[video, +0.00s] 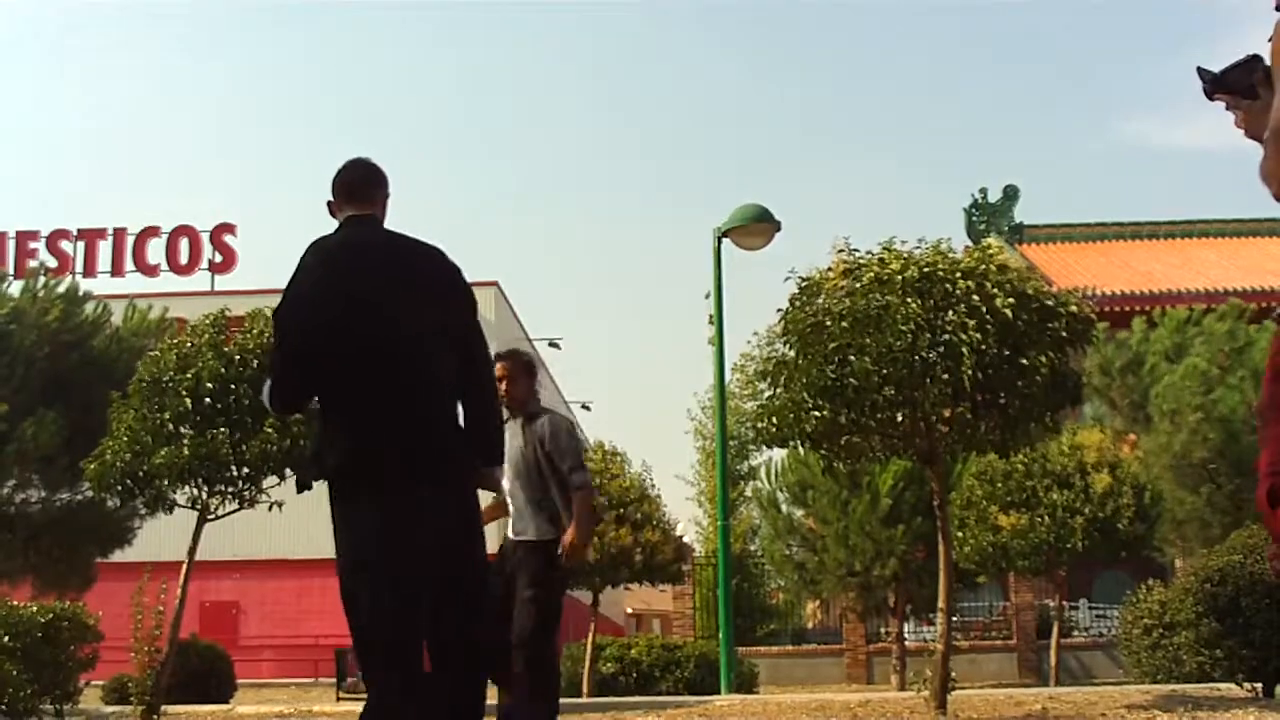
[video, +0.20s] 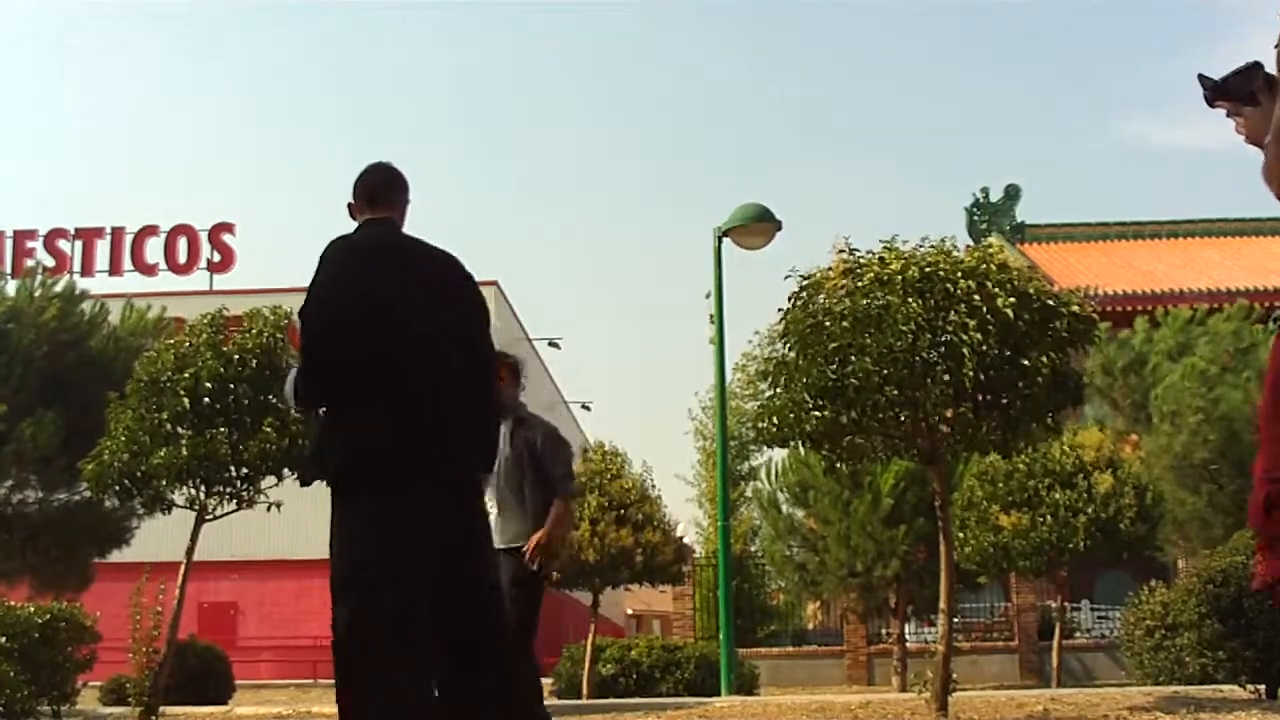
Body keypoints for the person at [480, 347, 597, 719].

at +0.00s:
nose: (501, 387)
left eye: (508, 379)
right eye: (497, 381)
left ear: (531, 381)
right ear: (495, 386)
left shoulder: (552, 424)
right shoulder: (508, 429)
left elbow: (581, 483)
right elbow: (512, 494)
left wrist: (579, 532)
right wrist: (477, 520)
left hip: (544, 546)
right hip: (513, 546)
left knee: (532, 638)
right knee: (501, 636)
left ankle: (536, 712)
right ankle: (514, 709)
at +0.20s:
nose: (495, 387)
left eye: (501, 379)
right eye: (492, 379)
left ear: (517, 384)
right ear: (489, 385)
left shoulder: (540, 433)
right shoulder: (485, 432)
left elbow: (565, 491)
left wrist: (548, 532)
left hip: (521, 551)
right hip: (487, 551)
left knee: (515, 642)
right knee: (492, 640)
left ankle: (528, 710)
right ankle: (502, 710)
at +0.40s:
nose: (492, 394)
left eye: (498, 386)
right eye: (488, 387)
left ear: (509, 384)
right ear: (483, 389)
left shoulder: (535, 434)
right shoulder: (474, 431)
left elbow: (560, 494)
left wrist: (560, 543)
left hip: (517, 541)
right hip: (479, 542)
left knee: (507, 628)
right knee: (486, 630)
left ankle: (527, 707)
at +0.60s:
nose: (497, 393)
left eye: (502, 384)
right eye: (492, 384)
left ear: (513, 384)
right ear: (481, 388)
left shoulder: (534, 434)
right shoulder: (473, 432)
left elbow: (563, 499)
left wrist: (568, 550)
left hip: (516, 552)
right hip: (475, 552)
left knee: (521, 647)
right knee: (477, 650)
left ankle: (536, 713)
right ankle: (484, 712)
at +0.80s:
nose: (503, 375)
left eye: (510, 366)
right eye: (498, 366)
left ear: (528, 369)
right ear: (489, 372)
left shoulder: (548, 423)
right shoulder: (491, 426)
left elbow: (574, 486)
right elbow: (487, 491)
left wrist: (570, 541)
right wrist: (453, 519)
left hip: (528, 547)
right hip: (492, 546)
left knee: (524, 644)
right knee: (478, 645)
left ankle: (538, 714)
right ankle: (492, 715)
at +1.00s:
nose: (504, 370)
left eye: (512, 360)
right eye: (500, 361)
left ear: (530, 364)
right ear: (492, 367)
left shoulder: (552, 415)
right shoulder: (491, 421)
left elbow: (576, 465)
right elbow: (486, 484)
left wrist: (564, 506)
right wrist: (455, 510)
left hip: (534, 540)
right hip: (497, 539)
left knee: (527, 631)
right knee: (490, 630)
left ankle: (539, 711)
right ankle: (501, 712)